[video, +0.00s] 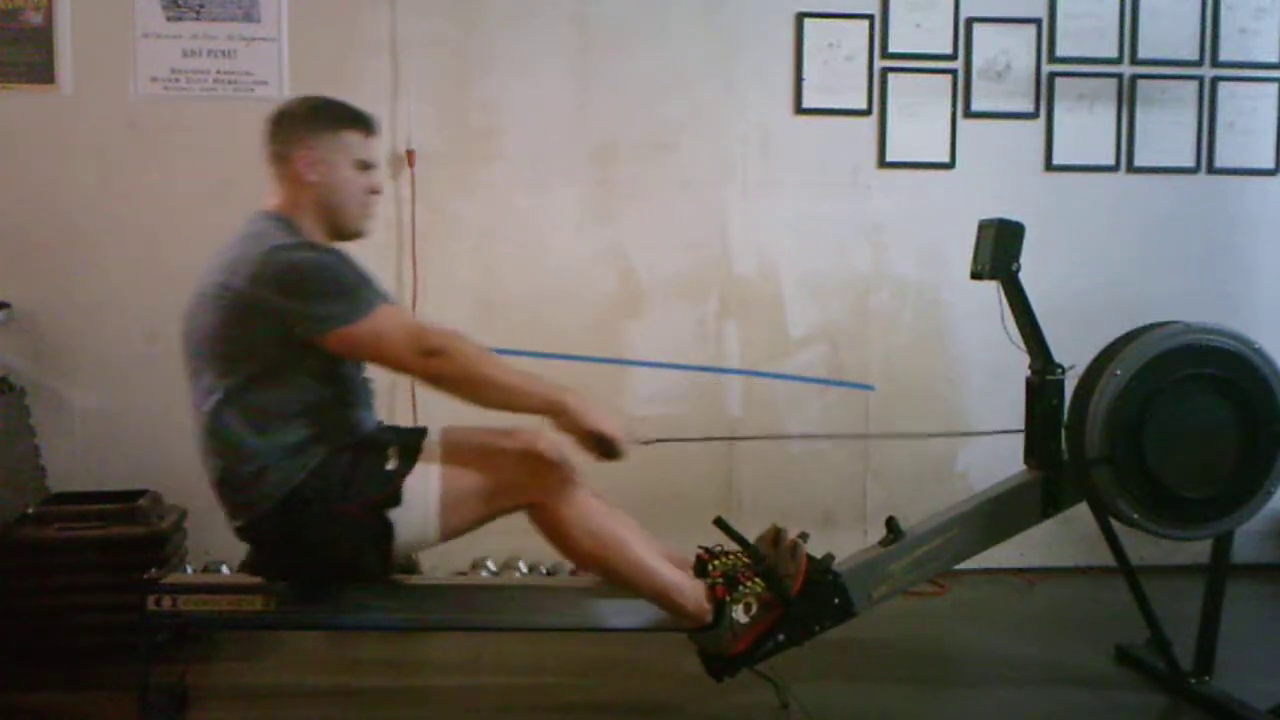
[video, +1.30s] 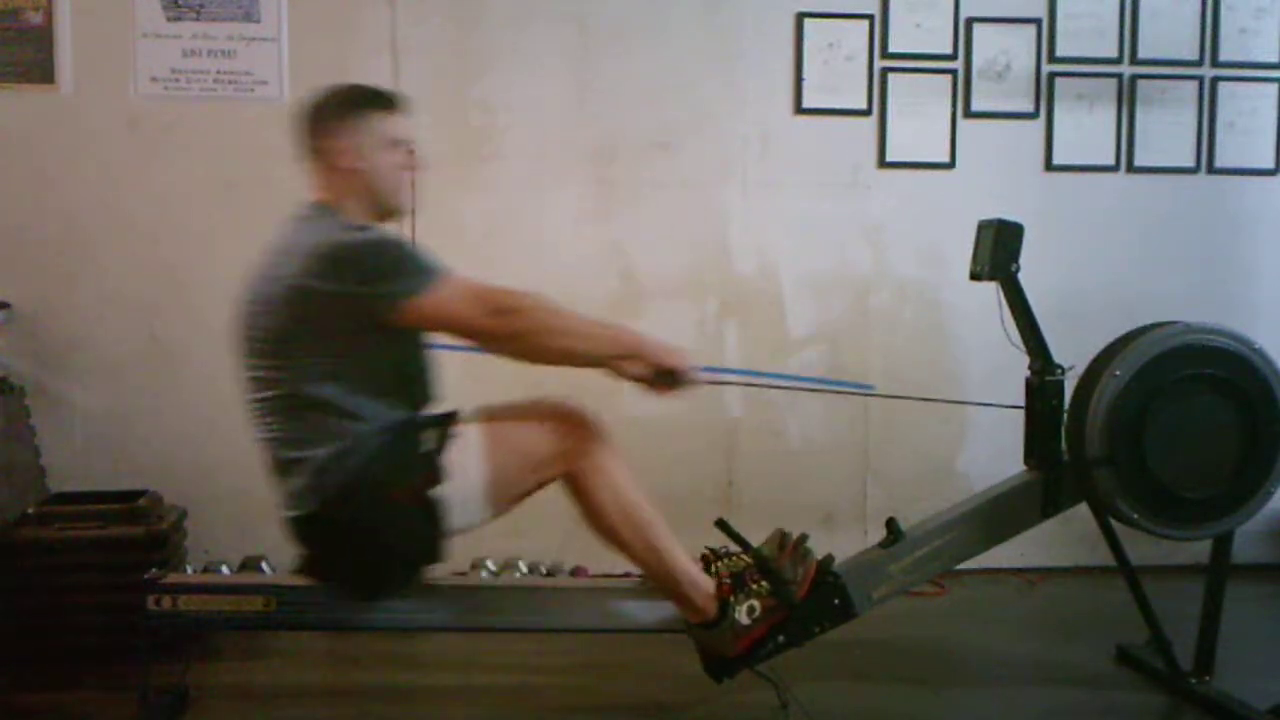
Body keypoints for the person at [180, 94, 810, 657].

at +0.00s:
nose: (378, 188)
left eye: (376, 169)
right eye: (362, 167)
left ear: (304, 172)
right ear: (302, 169)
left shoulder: (276, 255)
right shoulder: (288, 263)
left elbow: (424, 352)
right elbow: (429, 351)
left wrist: (554, 406)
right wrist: (560, 406)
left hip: (319, 488)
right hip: (315, 502)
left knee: (538, 461)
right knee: (538, 466)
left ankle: (703, 587)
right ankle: (708, 616)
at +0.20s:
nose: (470, 194)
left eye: (467, 178)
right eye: (455, 176)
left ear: (401, 177)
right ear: (401, 175)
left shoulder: (357, 258)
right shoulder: (379, 265)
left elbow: (522, 349)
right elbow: (528, 349)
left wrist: (652, 400)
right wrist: (661, 400)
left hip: (360, 502)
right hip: (369, 520)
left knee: (559, 416)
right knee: (572, 434)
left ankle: (699, 588)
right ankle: (710, 613)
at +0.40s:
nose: (565, 200)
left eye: (562, 183)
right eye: (550, 182)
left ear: (499, 187)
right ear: (502, 185)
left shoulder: (439, 261)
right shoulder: (477, 265)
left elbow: (616, 350)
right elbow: (629, 349)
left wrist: (743, 393)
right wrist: (764, 394)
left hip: (415, 516)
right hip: (441, 521)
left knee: (613, 390)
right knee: (625, 399)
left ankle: (705, 589)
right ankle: (713, 613)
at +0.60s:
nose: (658, 207)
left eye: (654, 190)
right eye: (644, 188)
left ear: (595, 196)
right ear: (595, 194)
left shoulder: (545, 264)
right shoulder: (582, 269)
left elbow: (713, 344)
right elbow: (736, 347)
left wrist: (832, 387)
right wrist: (870, 384)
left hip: (495, 521)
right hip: (518, 524)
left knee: (686, 371)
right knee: (694, 385)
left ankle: (704, 579)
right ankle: (713, 602)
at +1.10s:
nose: (595, 181)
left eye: (591, 166)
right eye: (579, 166)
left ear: (523, 174)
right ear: (527, 172)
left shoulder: (490, 251)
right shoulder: (522, 257)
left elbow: (650, 336)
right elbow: (669, 325)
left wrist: (761, 376)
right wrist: (802, 359)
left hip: (460, 504)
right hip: (487, 507)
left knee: (648, 378)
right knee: (663, 385)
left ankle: (704, 582)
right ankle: (716, 606)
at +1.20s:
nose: (506, 169)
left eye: (502, 154)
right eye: (490, 154)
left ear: (433, 165)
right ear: (437, 161)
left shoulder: (405, 250)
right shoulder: (436, 254)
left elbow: (576, 333)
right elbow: (586, 317)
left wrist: (695, 366)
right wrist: (722, 348)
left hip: (407, 504)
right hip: (428, 515)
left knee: (606, 392)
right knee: (620, 407)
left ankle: (704, 588)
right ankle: (714, 614)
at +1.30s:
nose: (413, 164)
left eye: (409, 148)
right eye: (395, 146)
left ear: (339, 157)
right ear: (337, 154)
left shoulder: (323, 246)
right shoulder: (346, 250)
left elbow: (490, 322)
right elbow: (494, 320)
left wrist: (622, 354)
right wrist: (633, 348)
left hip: (351, 500)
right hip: (362, 509)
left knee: (563, 426)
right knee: (572, 433)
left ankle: (703, 596)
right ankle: (713, 613)